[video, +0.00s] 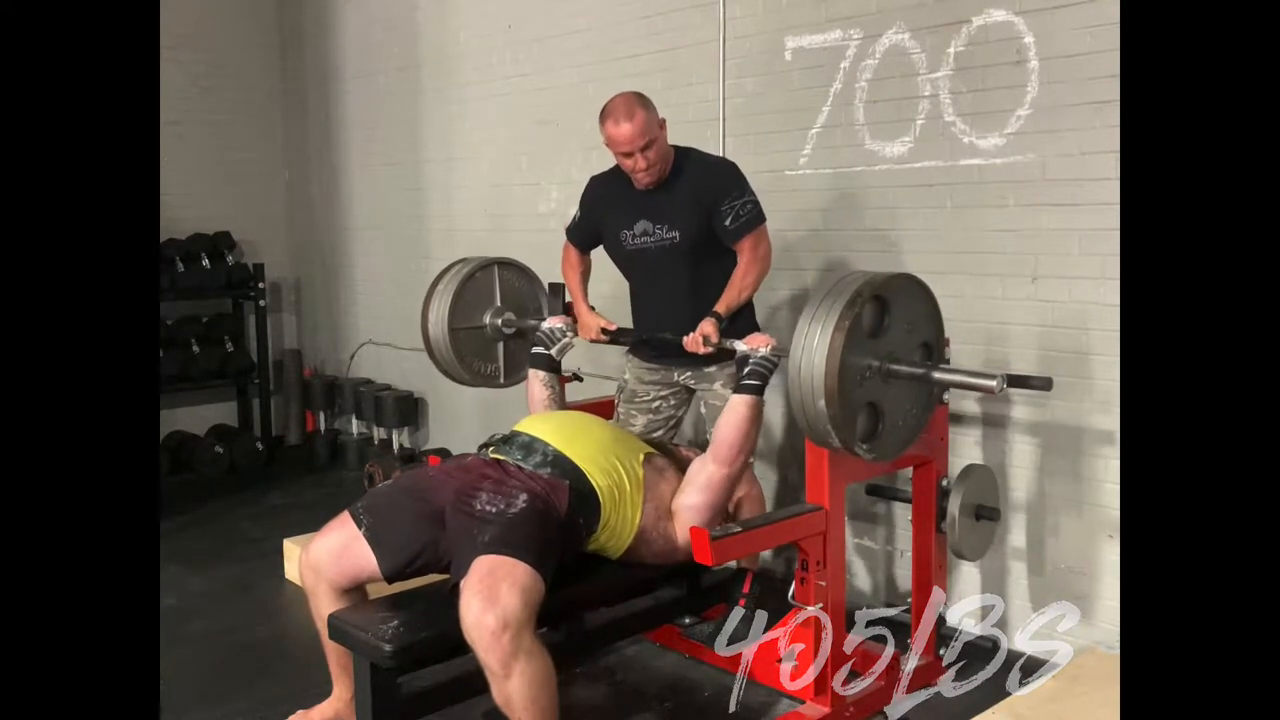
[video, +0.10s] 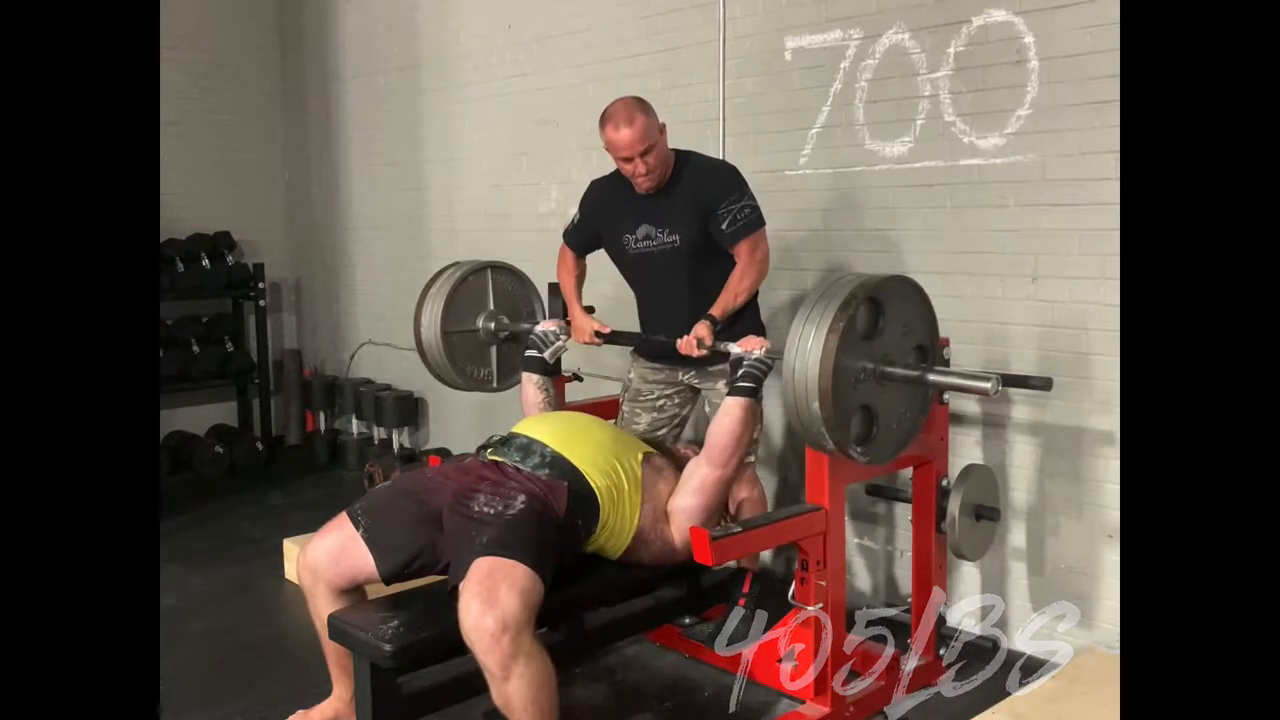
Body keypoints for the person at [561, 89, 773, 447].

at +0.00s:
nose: (641, 163)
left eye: (648, 148)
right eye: (626, 155)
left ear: (663, 127)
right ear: (608, 147)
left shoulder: (716, 178)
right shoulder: (602, 194)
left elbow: (756, 253)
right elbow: (575, 246)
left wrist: (717, 317)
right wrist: (582, 310)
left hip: (723, 360)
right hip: (651, 360)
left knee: (732, 467)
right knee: (631, 467)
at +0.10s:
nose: (639, 168)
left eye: (646, 153)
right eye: (626, 160)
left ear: (664, 134)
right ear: (610, 152)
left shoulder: (715, 179)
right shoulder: (603, 197)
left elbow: (755, 258)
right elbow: (569, 252)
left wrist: (711, 320)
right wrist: (576, 312)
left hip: (729, 354)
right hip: (657, 358)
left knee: (736, 471)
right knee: (630, 465)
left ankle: (754, 587)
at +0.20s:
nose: (641, 175)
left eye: (648, 160)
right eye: (627, 167)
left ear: (664, 138)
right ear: (611, 159)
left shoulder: (716, 183)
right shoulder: (604, 202)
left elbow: (752, 263)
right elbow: (566, 255)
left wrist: (707, 323)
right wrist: (571, 315)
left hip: (731, 354)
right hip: (659, 357)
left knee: (737, 474)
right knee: (640, 469)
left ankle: (749, 592)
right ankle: (662, 588)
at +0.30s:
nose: (643, 180)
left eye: (649, 165)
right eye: (628, 173)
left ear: (664, 142)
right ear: (611, 163)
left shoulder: (716, 185)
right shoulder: (603, 205)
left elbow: (749, 268)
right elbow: (563, 257)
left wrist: (702, 325)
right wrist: (566, 316)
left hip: (732, 350)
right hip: (660, 355)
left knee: (737, 471)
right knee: (642, 467)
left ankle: (751, 591)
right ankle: (664, 587)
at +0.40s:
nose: (643, 182)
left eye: (649, 167)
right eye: (628, 174)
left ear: (663, 142)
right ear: (610, 164)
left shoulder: (715, 185)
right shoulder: (602, 206)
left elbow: (745, 271)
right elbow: (561, 257)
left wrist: (697, 326)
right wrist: (561, 317)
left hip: (731, 348)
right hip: (660, 353)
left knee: (737, 469)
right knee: (639, 462)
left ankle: (750, 591)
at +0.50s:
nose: (641, 183)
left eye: (647, 168)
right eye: (627, 176)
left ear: (661, 142)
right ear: (608, 165)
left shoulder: (713, 186)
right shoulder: (600, 206)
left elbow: (741, 273)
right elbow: (558, 259)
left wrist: (693, 328)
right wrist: (556, 319)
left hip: (729, 349)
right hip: (659, 355)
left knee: (736, 469)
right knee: (637, 462)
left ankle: (748, 590)